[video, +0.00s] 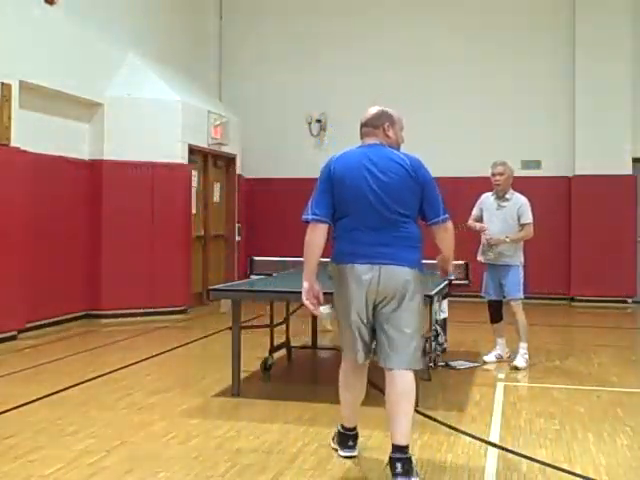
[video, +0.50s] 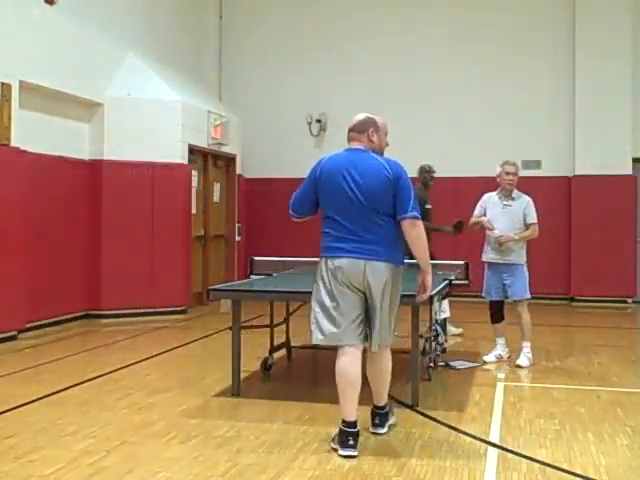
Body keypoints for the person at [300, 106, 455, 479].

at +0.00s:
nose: (402, 138)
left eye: (401, 131)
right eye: (400, 132)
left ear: (363, 131)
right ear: (389, 130)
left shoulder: (336, 165)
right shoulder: (411, 166)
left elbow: (318, 224)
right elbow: (441, 223)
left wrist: (309, 278)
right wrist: (447, 260)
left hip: (353, 273)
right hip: (402, 274)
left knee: (354, 357)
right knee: (400, 364)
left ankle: (347, 435)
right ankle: (401, 459)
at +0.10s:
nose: (395, 137)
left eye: (393, 130)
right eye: (393, 131)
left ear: (356, 132)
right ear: (382, 130)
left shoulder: (331, 165)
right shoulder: (405, 166)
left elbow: (312, 225)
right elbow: (428, 222)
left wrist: (304, 277)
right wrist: (436, 264)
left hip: (346, 272)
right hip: (394, 274)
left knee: (348, 355)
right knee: (398, 357)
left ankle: (348, 435)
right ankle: (401, 434)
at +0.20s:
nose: (390, 137)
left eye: (389, 130)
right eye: (388, 131)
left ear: (352, 130)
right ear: (376, 129)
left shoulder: (326, 164)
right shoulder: (399, 165)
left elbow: (305, 221)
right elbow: (420, 222)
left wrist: (304, 263)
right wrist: (428, 269)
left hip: (340, 269)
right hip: (386, 271)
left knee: (347, 348)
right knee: (395, 347)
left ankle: (348, 434)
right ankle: (397, 408)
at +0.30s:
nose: (388, 137)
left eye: (387, 130)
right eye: (386, 131)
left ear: (350, 131)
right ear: (373, 130)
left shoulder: (324, 164)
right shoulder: (397, 166)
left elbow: (301, 218)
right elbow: (417, 221)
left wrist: (326, 248)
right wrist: (424, 268)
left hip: (339, 267)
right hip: (384, 269)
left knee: (347, 348)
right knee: (391, 341)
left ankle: (348, 435)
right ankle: (391, 407)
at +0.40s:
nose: (386, 139)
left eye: (386, 133)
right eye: (385, 133)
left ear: (350, 132)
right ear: (373, 131)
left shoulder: (323, 163)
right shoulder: (393, 167)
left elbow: (299, 213)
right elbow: (412, 221)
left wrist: (329, 206)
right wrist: (424, 267)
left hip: (338, 266)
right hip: (383, 268)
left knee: (348, 346)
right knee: (385, 340)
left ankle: (348, 434)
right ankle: (385, 418)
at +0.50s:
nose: (386, 142)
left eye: (386, 135)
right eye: (385, 136)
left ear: (351, 135)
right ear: (372, 135)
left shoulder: (325, 166)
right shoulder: (392, 169)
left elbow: (297, 210)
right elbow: (410, 221)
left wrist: (326, 192)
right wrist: (426, 269)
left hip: (339, 265)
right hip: (382, 268)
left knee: (348, 347)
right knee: (380, 344)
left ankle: (347, 434)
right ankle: (380, 416)